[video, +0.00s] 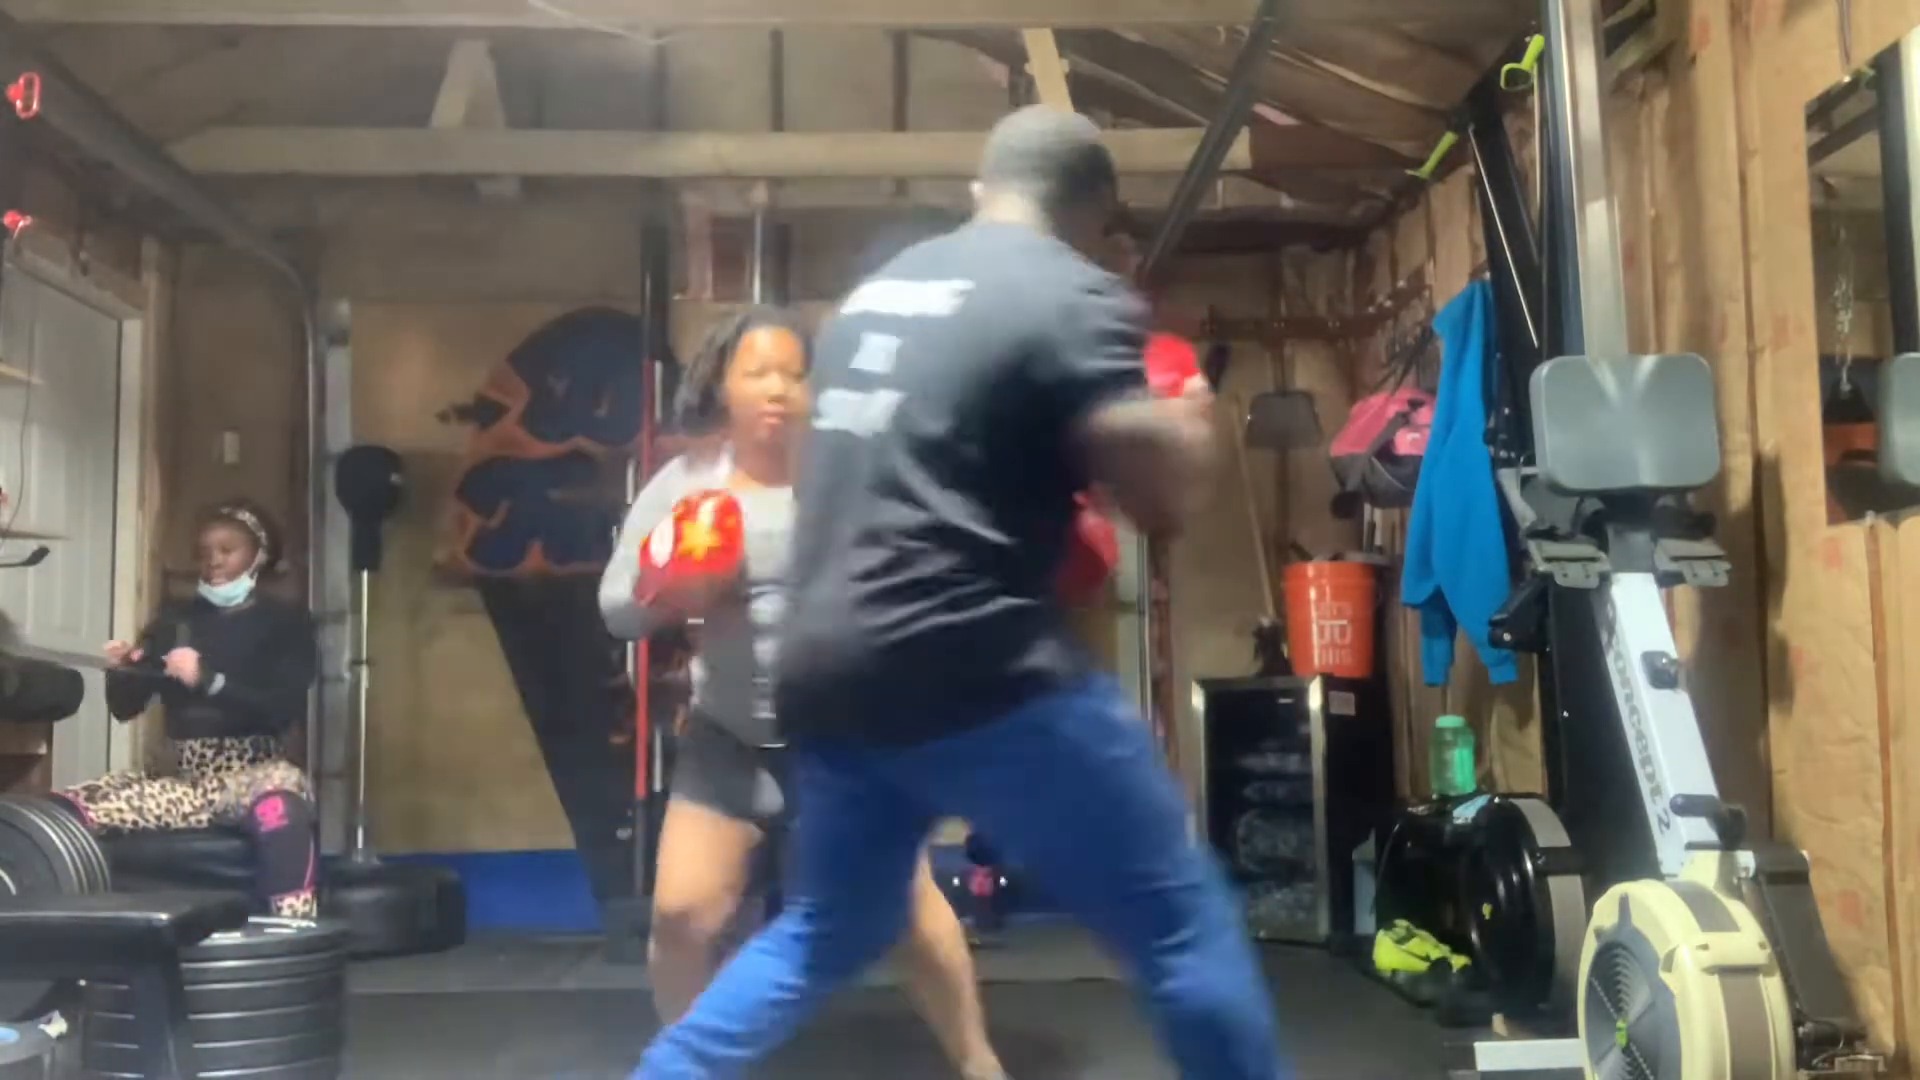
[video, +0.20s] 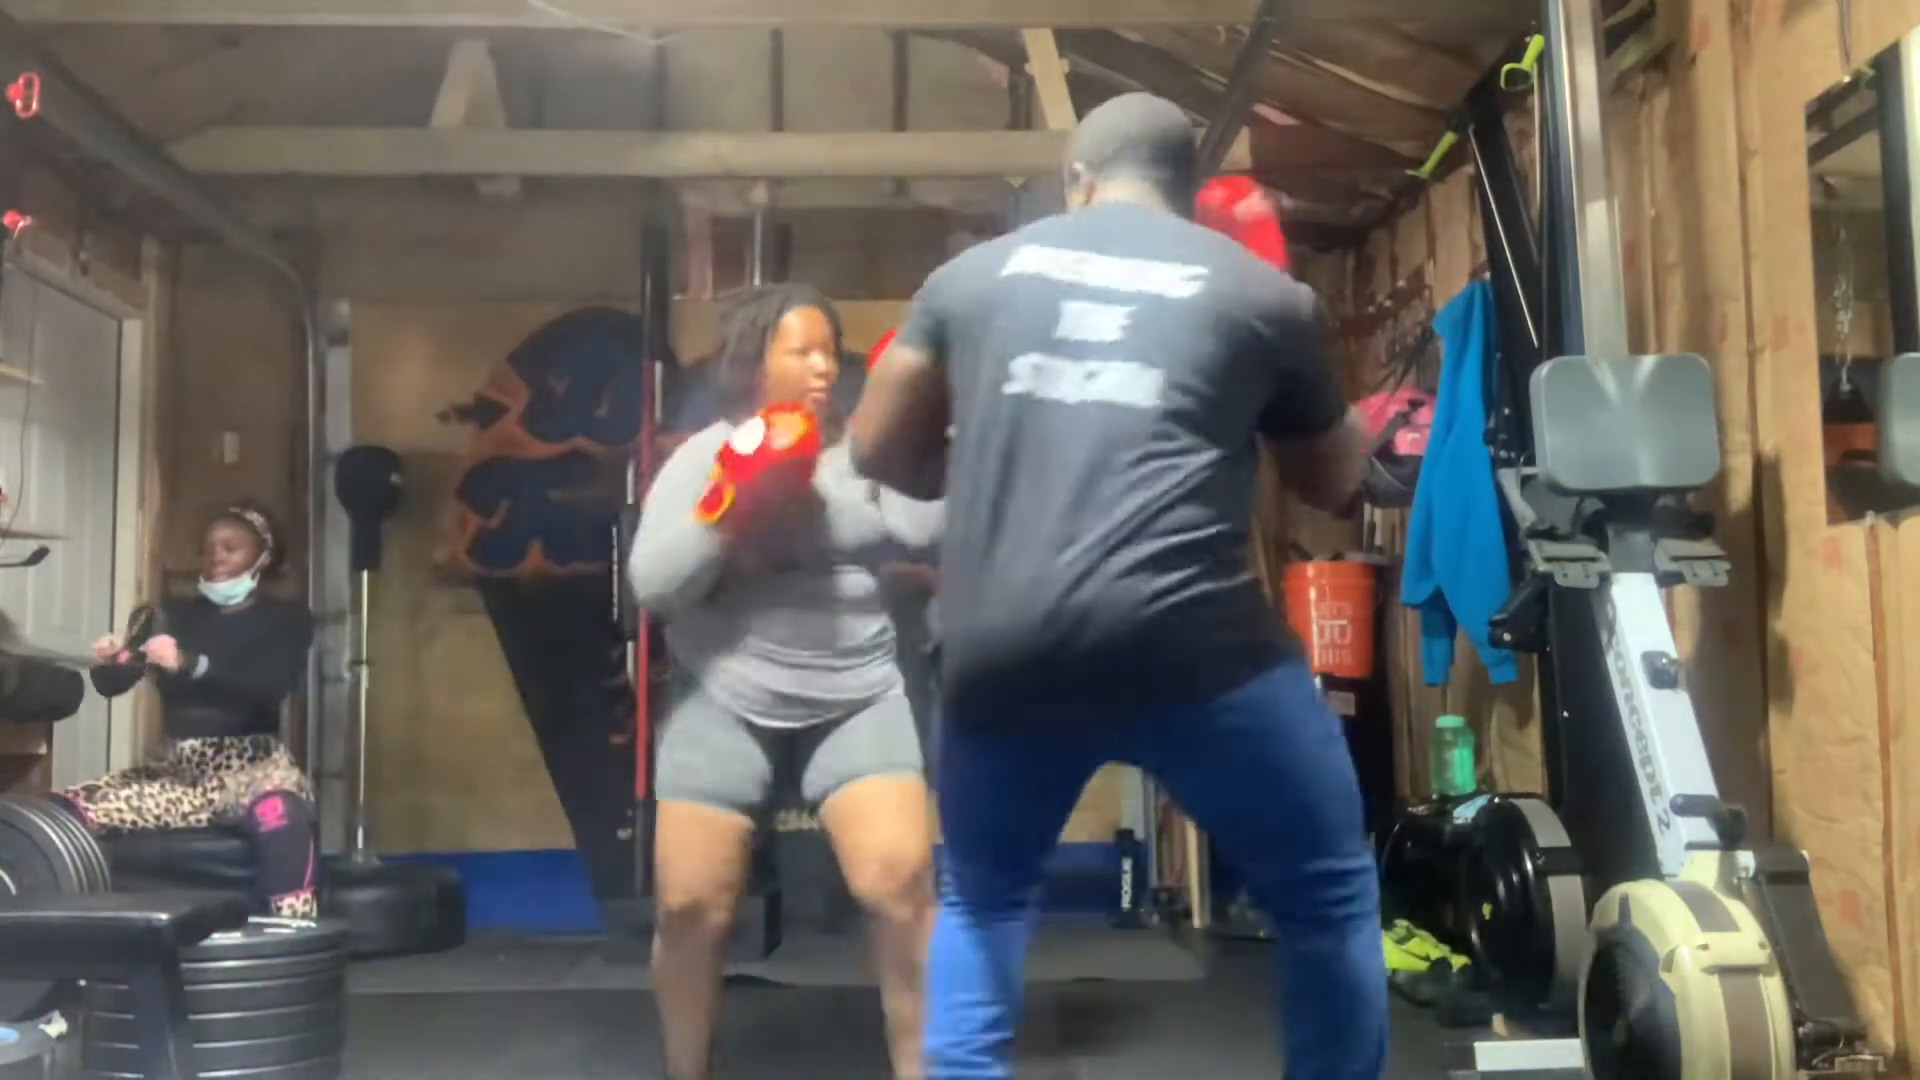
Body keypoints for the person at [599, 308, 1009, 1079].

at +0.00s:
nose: (778, 391)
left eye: (792, 376)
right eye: (759, 374)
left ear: (814, 390)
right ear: (720, 390)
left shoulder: (845, 478)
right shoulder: (683, 482)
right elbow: (617, 604)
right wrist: (674, 596)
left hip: (841, 728)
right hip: (729, 736)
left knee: (916, 907)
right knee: (681, 911)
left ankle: (976, 1062)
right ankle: (688, 1062)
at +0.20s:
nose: (825, 367)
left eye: (830, 352)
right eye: (804, 351)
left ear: (839, 362)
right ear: (750, 361)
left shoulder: (866, 451)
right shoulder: (706, 456)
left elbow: (935, 530)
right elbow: (650, 581)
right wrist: (734, 506)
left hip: (861, 698)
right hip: (725, 701)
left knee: (900, 881)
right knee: (688, 903)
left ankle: (919, 1070)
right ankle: (687, 1070)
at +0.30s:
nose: (845, 347)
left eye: (852, 333)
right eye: (826, 332)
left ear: (860, 343)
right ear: (774, 341)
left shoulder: (884, 431)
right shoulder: (741, 420)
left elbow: (970, 498)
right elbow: (716, 514)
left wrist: (891, 487)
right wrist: (808, 417)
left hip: (861, 685)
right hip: (733, 677)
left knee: (887, 878)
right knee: (721, 893)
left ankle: (909, 1073)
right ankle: (685, 1067)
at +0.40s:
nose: (858, 334)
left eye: (862, 321)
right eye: (839, 320)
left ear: (863, 329)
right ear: (786, 325)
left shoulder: (883, 421)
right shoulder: (751, 390)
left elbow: (942, 538)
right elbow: (822, 402)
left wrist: (949, 422)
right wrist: (914, 326)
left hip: (868, 668)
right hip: (739, 645)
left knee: (884, 873)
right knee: (719, 874)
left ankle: (909, 1073)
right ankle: (678, 1066)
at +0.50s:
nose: (848, 333)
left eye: (857, 317)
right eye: (827, 314)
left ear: (869, 334)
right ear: (775, 324)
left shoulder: (891, 416)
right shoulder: (733, 393)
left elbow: (922, 514)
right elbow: (756, 448)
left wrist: (971, 519)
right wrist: (852, 382)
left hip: (872, 667)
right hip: (737, 655)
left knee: (886, 871)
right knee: (713, 869)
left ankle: (911, 1073)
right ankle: (666, 1062)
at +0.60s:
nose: (833, 327)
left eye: (847, 315)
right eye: (815, 310)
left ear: (861, 332)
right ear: (776, 324)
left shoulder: (901, 406)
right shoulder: (727, 413)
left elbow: (1001, 450)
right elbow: (656, 529)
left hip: (884, 672)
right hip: (748, 667)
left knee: (879, 869)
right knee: (707, 867)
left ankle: (909, 1073)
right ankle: (657, 1054)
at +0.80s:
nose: (860, 326)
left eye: (871, 312)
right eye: (842, 310)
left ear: (885, 325)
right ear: (798, 322)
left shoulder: (919, 408)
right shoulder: (749, 406)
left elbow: (1009, 481)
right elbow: (693, 537)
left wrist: (969, 407)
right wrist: (753, 473)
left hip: (904, 663)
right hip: (767, 650)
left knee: (891, 868)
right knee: (719, 862)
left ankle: (910, 1072)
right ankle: (658, 1048)